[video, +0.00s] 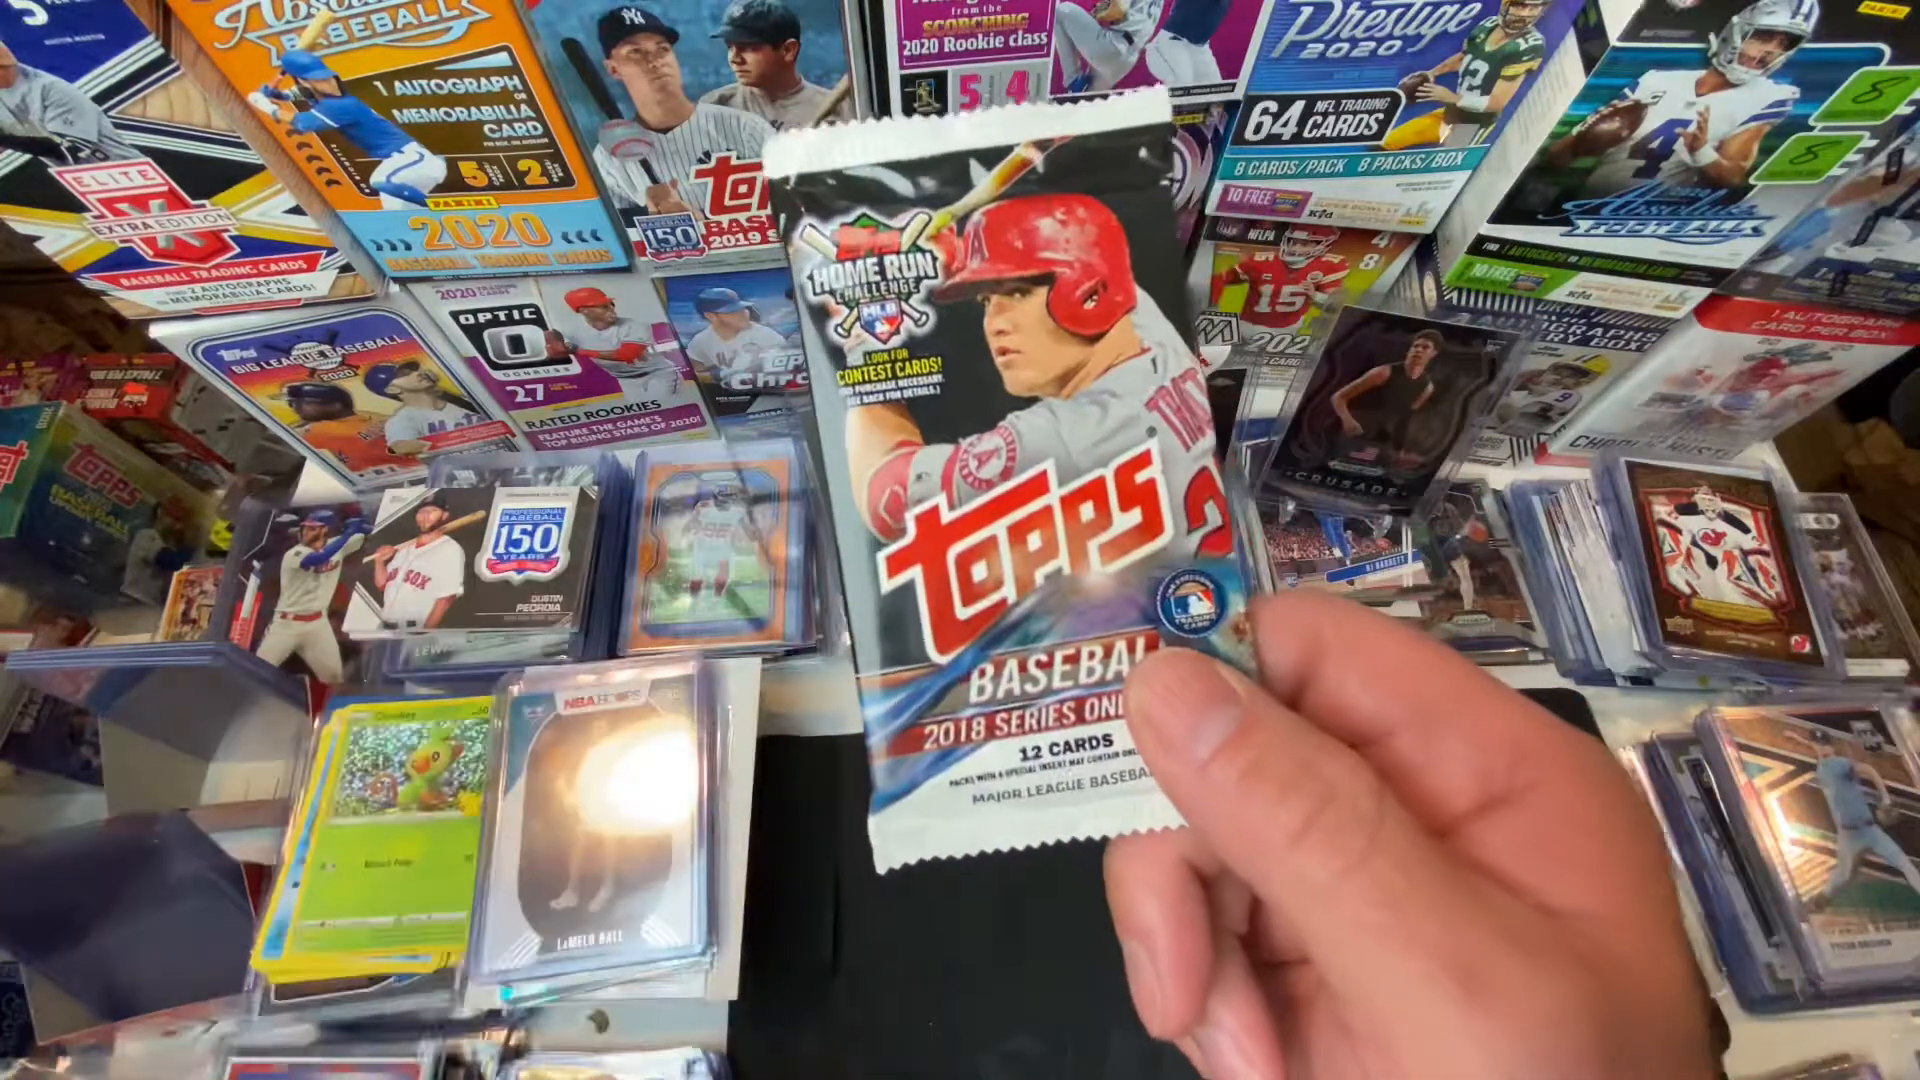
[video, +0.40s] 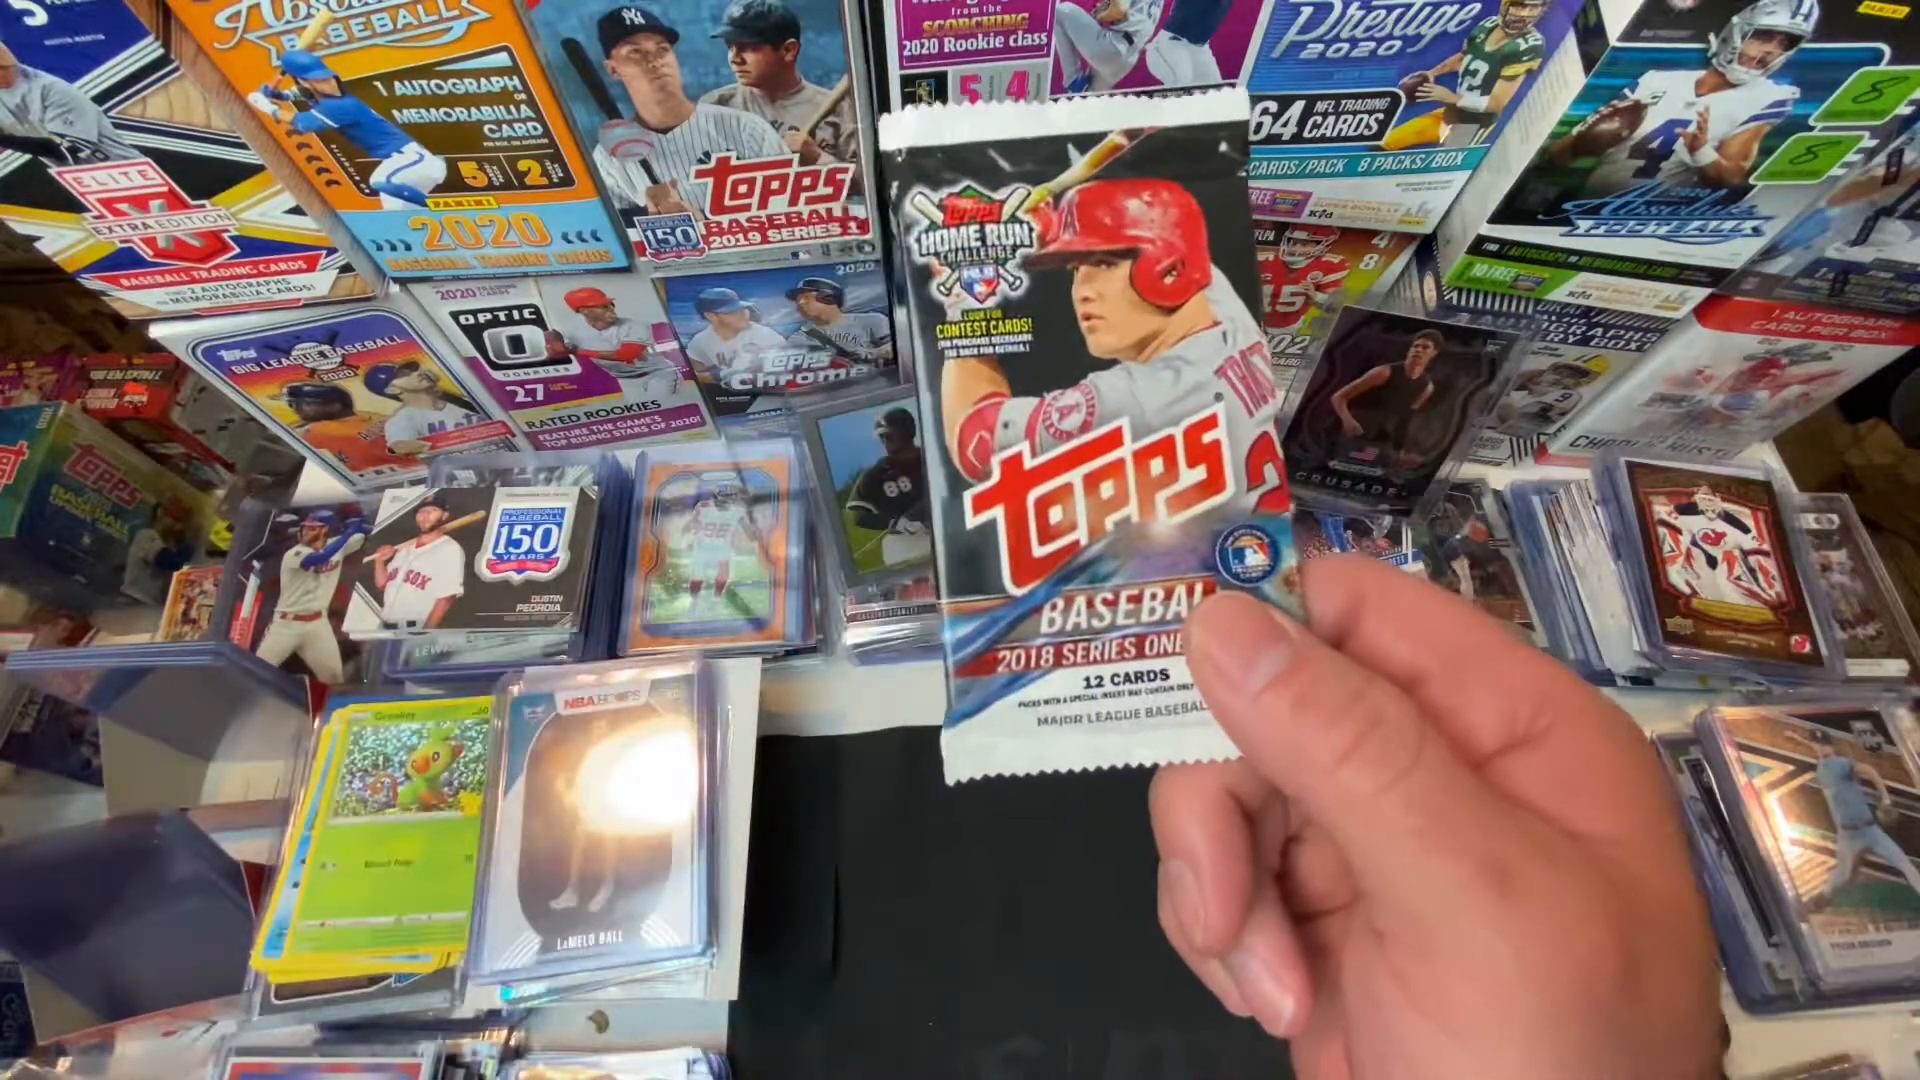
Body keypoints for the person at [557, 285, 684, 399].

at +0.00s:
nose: (612, 310)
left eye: (611, 306)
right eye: (605, 307)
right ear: (586, 312)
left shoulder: (633, 325)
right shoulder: (578, 336)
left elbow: (628, 354)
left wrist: (584, 354)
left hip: (658, 372)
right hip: (625, 379)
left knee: (656, 405)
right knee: (631, 409)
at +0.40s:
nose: (612, 310)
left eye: (611, 306)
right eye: (605, 307)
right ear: (586, 312)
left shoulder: (632, 326)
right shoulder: (578, 336)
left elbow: (628, 354)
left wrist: (582, 353)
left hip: (658, 372)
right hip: (624, 379)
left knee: (656, 402)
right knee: (630, 407)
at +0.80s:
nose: (612, 310)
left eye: (611, 305)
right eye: (605, 307)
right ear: (586, 312)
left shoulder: (632, 325)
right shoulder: (578, 335)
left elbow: (628, 354)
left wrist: (581, 353)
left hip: (658, 371)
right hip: (624, 377)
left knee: (656, 399)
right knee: (630, 404)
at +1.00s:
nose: (612, 310)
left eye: (611, 305)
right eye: (604, 308)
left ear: (613, 304)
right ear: (587, 312)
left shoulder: (633, 325)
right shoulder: (579, 335)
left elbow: (627, 354)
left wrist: (581, 353)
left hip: (658, 371)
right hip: (624, 378)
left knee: (657, 397)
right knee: (630, 403)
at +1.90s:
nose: (612, 310)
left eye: (611, 305)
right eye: (605, 307)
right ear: (586, 312)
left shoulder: (633, 326)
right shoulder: (578, 336)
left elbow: (628, 354)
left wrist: (583, 353)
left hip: (658, 372)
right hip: (625, 378)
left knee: (657, 402)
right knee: (633, 408)